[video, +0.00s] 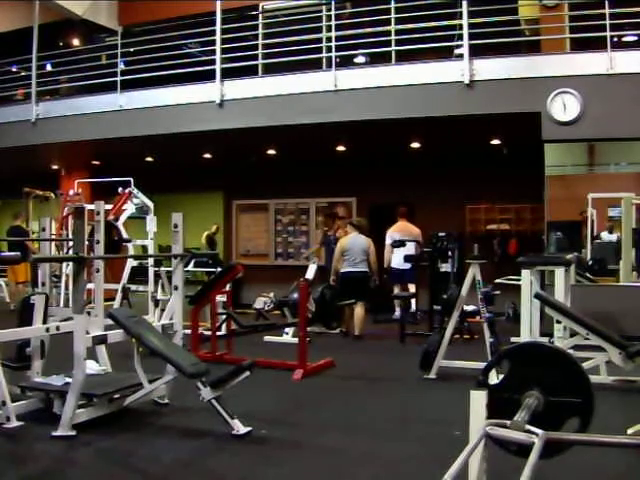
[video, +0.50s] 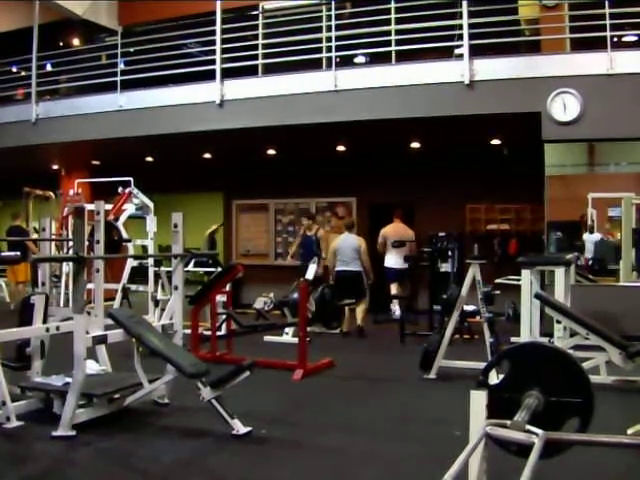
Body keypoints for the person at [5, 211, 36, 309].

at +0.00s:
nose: (24, 219)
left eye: (24, 217)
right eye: (24, 217)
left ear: (14, 218)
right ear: (21, 217)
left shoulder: (9, 230)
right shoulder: (23, 231)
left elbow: (9, 243)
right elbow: (28, 243)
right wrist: (35, 250)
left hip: (10, 259)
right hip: (22, 259)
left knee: (12, 284)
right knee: (21, 283)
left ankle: (12, 303)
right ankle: (22, 303)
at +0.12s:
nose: (24, 219)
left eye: (23, 217)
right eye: (23, 217)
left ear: (13, 218)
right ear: (21, 217)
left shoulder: (9, 230)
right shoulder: (23, 231)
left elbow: (9, 243)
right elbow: (29, 243)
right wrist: (35, 250)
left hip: (10, 259)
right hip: (21, 259)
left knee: (12, 283)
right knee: (21, 283)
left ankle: (12, 303)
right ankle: (21, 303)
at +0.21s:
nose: (23, 219)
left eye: (21, 217)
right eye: (22, 217)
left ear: (12, 218)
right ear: (21, 218)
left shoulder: (9, 230)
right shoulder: (23, 230)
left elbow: (9, 243)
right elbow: (29, 243)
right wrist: (35, 250)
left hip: (10, 259)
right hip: (22, 259)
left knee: (12, 283)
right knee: (21, 283)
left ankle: (13, 303)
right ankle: (21, 303)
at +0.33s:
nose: (22, 217)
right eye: (22, 215)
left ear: (12, 216)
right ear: (21, 216)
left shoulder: (8, 228)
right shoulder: (23, 229)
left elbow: (8, 241)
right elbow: (29, 242)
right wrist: (35, 247)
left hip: (10, 258)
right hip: (22, 258)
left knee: (12, 282)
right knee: (21, 282)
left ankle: (12, 301)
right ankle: (21, 301)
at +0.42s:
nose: (22, 219)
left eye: (21, 217)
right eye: (22, 218)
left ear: (12, 218)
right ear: (20, 218)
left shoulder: (8, 230)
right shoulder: (22, 231)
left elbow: (8, 243)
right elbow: (28, 243)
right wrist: (35, 250)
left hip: (10, 260)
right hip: (21, 260)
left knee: (12, 284)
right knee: (21, 284)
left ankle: (12, 303)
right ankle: (21, 304)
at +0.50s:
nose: (21, 219)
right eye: (21, 218)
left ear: (12, 218)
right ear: (20, 218)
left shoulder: (8, 230)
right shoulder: (23, 231)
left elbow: (9, 243)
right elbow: (28, 243)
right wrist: (35, 250)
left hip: (10, 260)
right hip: (21, 260)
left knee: (12, 284)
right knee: (21, 284)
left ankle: (12, 303)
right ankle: (21, 304)